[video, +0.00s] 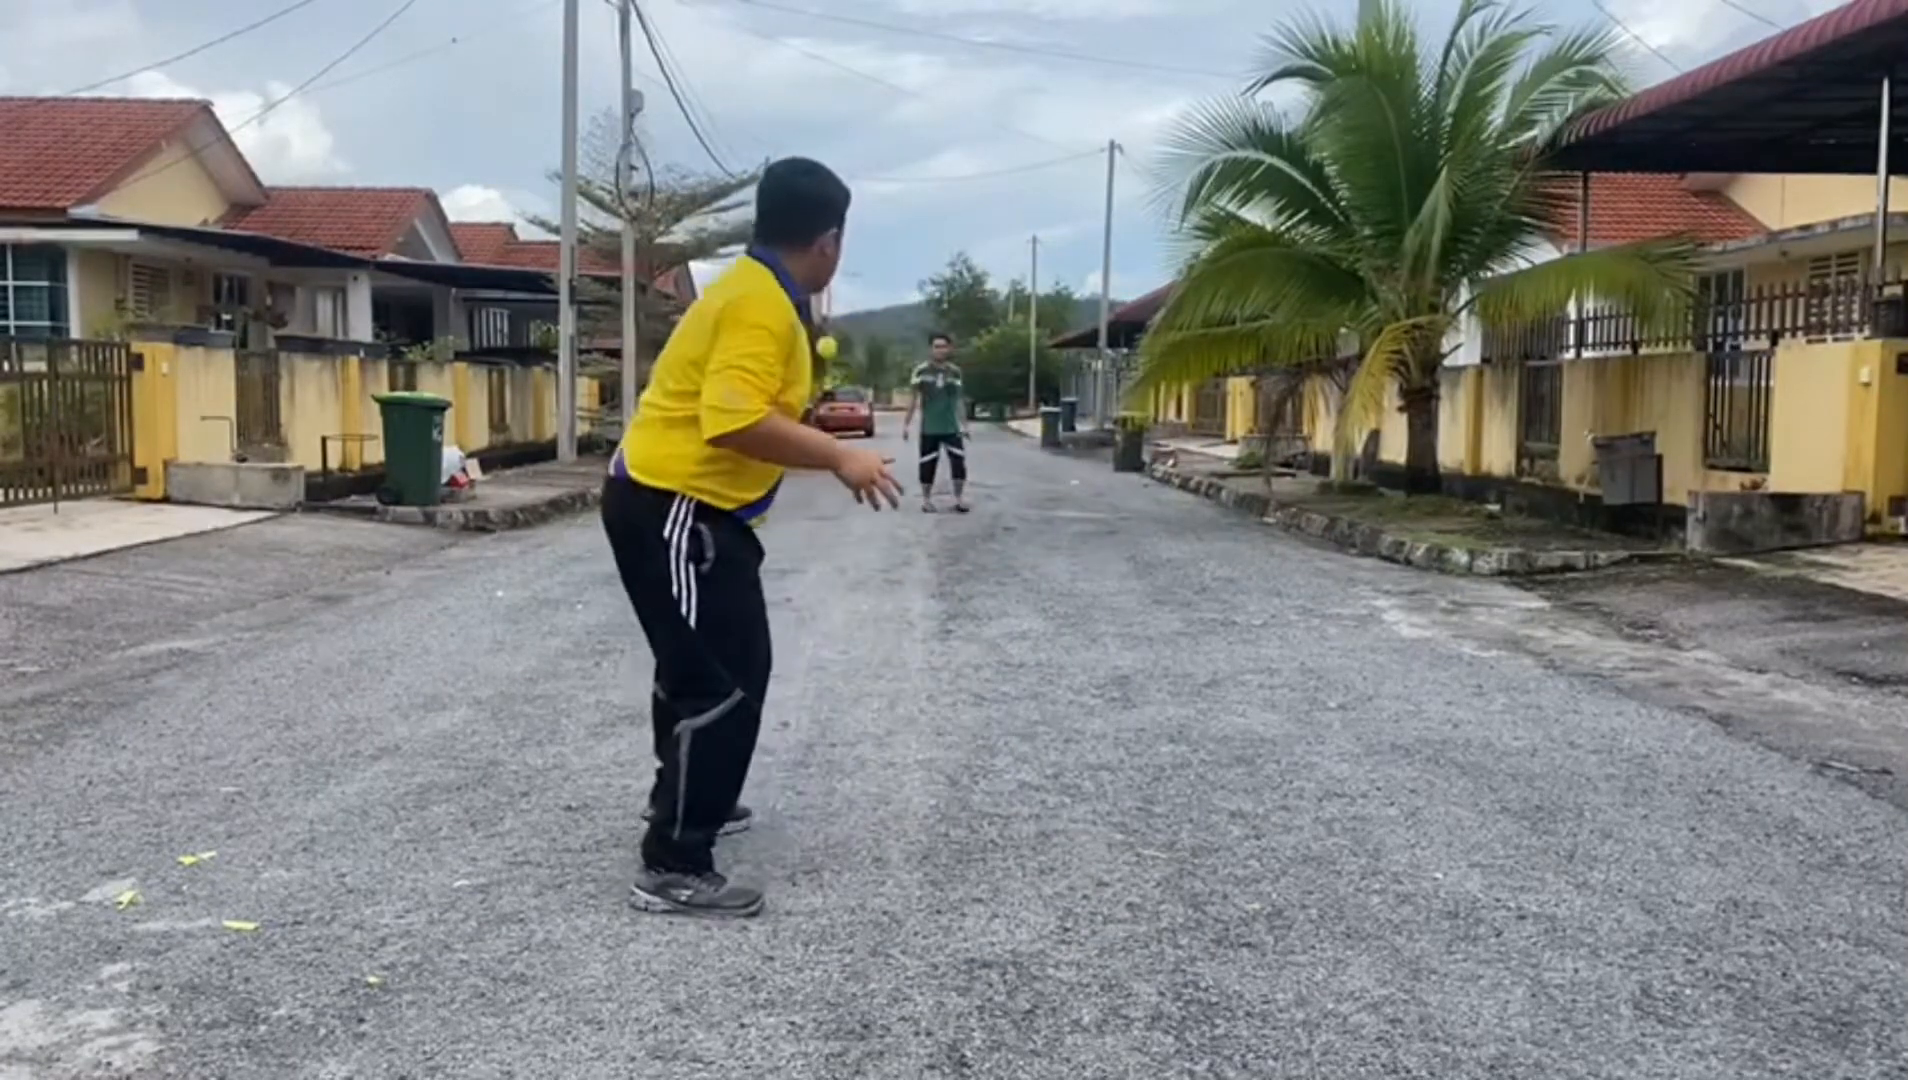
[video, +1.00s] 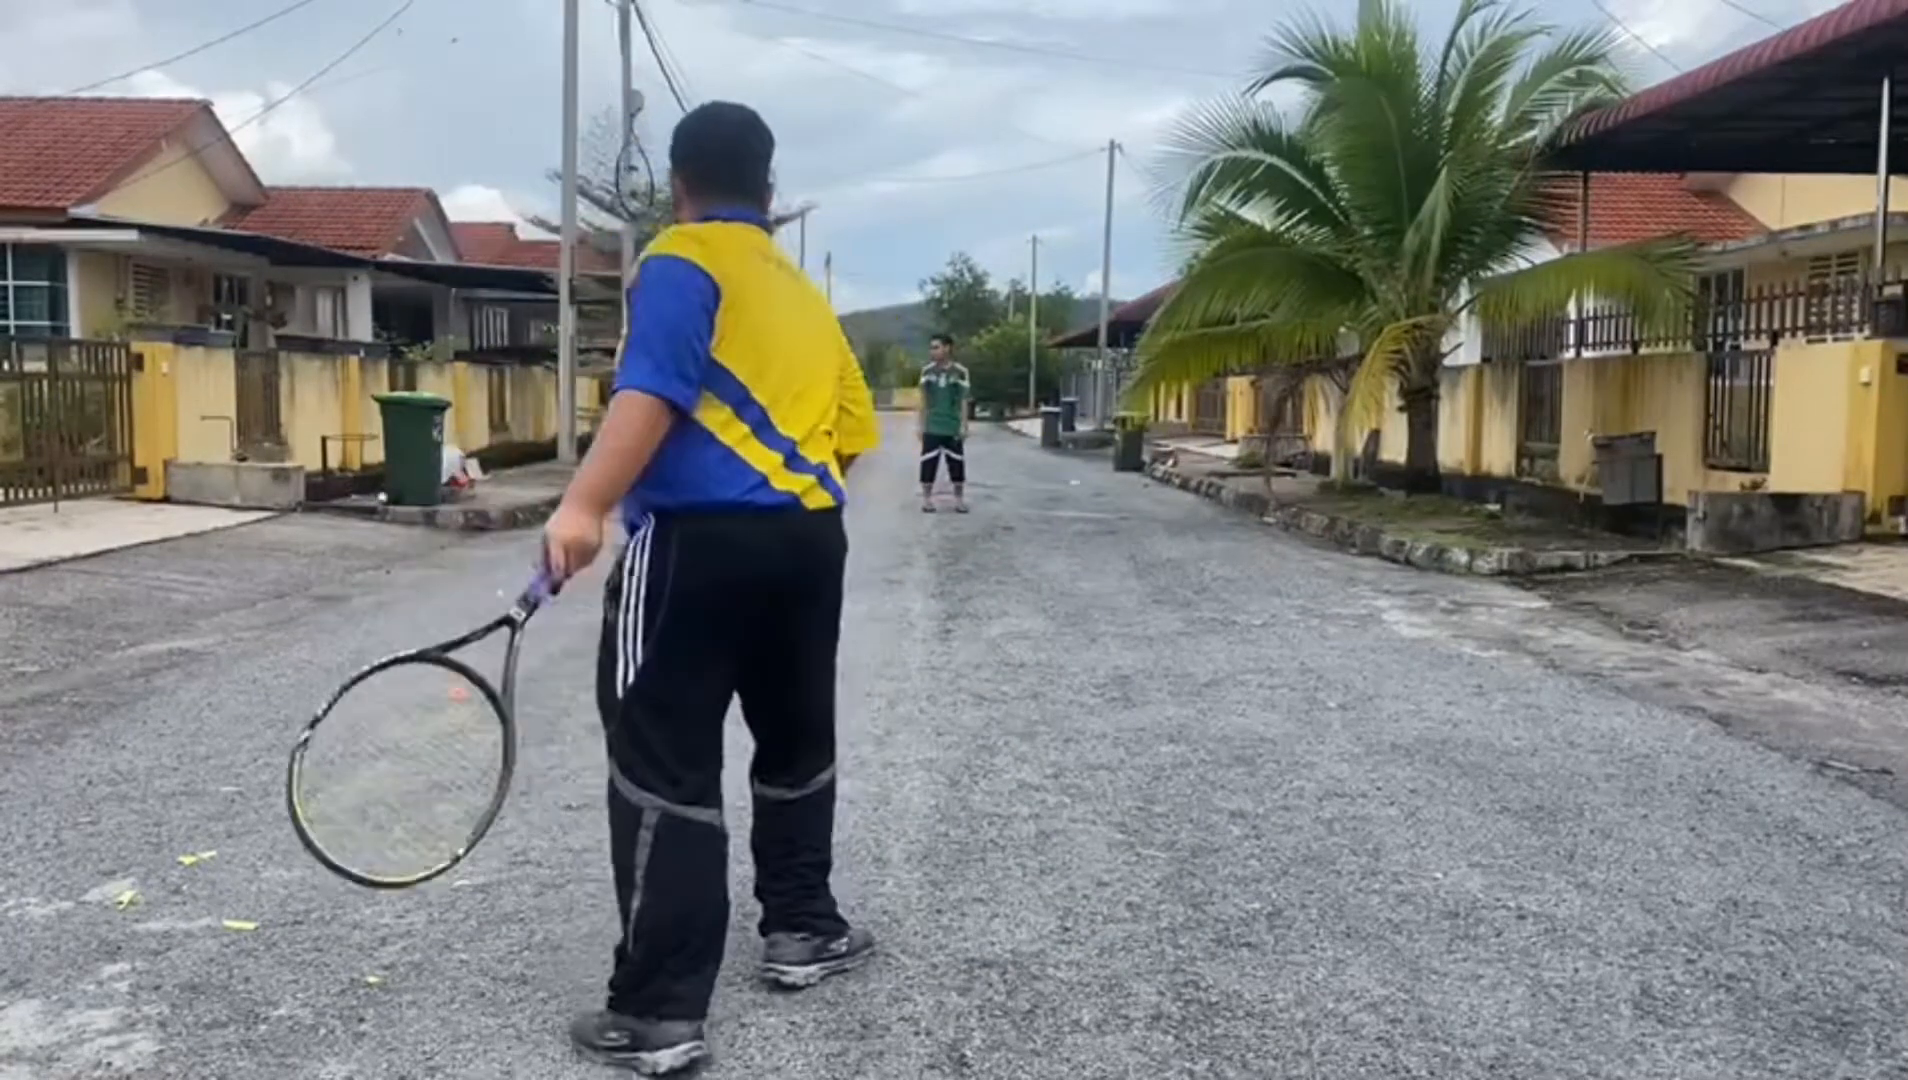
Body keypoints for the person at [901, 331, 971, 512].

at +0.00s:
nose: (940, 351)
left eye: (943, 347)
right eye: (936, 347)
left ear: (949, 350)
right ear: (930, 349)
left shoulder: (955, 372)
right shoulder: (921, 371)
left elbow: (959, 401)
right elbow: (914, 400)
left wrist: (964, 425)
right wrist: (906, 425)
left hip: (952, 426)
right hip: (929, 427)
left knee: (958, 464)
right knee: (927, 466)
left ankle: (958, 499)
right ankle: (926, 499)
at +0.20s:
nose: (939, 351)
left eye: (943, 346)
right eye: (936, 346)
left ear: (949, 349)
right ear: (930, 350)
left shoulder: (956, 373)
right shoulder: (922, 372)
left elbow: (960, 401)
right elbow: (916, 403)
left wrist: (963, 425)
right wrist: (916, 430)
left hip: (951, 427)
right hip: (929, 427)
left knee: (957, 465)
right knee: (927, 465)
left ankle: (959, 498)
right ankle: (926, 499)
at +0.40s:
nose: (936, 352)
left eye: (939, 347)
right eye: (933, 348)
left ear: (948, 349)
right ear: (929, 351)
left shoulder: (958, 372)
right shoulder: (924, 371)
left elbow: (961, 401)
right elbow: (922, 400)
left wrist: (963, 424)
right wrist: (922, 425)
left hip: (952, 425)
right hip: (931, 425)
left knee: (956, 464)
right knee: (927, 464)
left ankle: (959, 498)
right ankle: (926, 498)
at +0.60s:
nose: (933, 352)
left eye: (937, 348)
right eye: (931, 348)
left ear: (947, 349)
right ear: (929, 351)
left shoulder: (960, 372)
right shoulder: (926, 371)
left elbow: (963, 401)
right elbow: (922, 400)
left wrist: (964, 425)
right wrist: (921, 425)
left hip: (952, 426)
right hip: (931, 426)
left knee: (956, 466)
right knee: (928, 465)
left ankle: (959, 498)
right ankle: (926, 498)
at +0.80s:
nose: (932, 352)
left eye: (936, 348)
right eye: (931, 348)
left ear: (947, 349)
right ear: (930, 351)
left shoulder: (960, 372)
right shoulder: (927, 371)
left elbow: (964, 401)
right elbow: (922, 401)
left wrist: (964, 425)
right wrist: (917, 424)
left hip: (953, 426)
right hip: (932, 425)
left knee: (957, 465)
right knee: (928, 464)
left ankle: (959, 498)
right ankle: (927, 498)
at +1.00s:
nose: (933, 352)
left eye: (937, 347)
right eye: (931, 348)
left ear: (947, 348)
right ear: (930, 351)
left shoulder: (960, 372)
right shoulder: (927, 371)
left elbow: (964, 401)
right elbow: (923, 401)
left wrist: (964, 425)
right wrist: (921, 426)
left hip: (953, 426)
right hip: (931, 426)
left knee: (957, 465)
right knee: (928, 465)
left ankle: (959, 498)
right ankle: (927, 498)